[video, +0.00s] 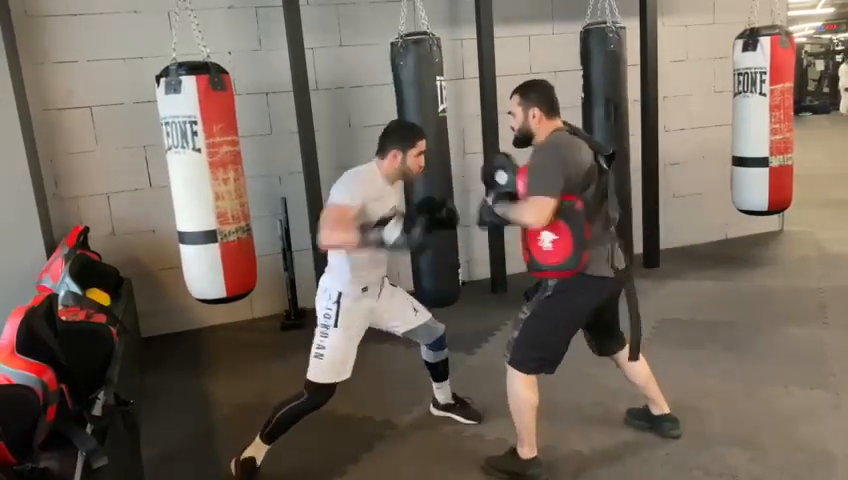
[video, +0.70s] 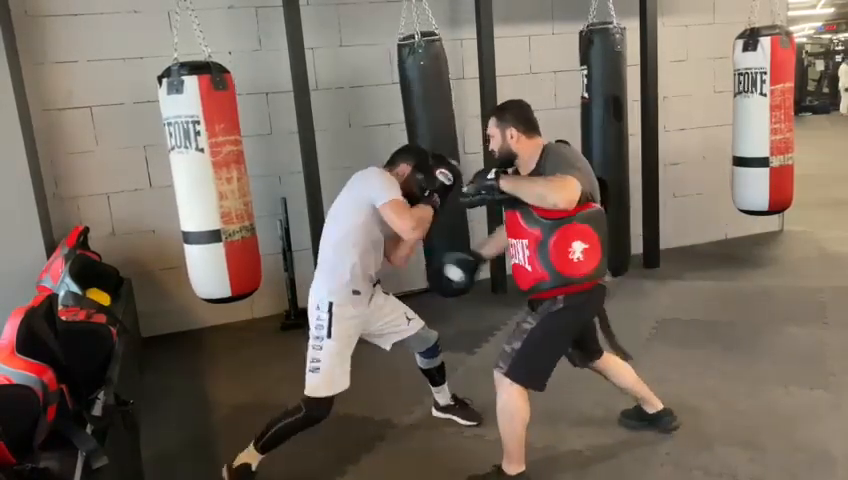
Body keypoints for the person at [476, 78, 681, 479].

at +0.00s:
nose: (512, 122)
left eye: (514, 114)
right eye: (511, 114)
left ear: (535, 113)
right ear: (549, 113)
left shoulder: (550, 150)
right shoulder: (576, 141)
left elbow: (536, 215)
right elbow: (565, 201)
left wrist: (498, 208)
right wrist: (519, 185)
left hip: (577, 277)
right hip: (608, 269)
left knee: (522, 361)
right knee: (618, 344)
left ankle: (526, 455)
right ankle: (662, 413)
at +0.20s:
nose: (526, 119)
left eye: (529, 111)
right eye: (526, 111)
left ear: (549, 109)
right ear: (560, 110)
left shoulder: (564, 145)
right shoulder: (590, 142)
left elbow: (581, 199)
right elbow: (568, 201)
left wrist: (519, 221)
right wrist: (518, 191)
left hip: (578, 275)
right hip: (612, 270)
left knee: (515, 353)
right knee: (622, 342)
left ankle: (518, 449)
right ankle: (664, 413)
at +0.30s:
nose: (524, 130)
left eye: (526, 123)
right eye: (523, 123)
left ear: (545, 119)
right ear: (563, 120)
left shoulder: (541, 149)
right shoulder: (594, 147)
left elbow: (501, 189)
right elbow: (622, 198)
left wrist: (431, 194)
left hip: (577, 273)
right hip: (621, 271)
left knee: (520, 362)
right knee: (625, 341)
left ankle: (514, 462)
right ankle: (664, 413)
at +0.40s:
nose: (514, 142)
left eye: (517, 132)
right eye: (514, 133)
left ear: (538, 128)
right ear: (551, 130)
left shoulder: (534, 160)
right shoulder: (588, 157)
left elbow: (496, 208)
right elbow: (628, 213)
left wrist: (426, 207)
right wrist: (593, 247)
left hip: (570, 283)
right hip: (609, 280)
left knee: (512, 369)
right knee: (617, 347)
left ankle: (512, 466)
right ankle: (663, 413)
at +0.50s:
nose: (493, 136)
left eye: (497, 128)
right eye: (493, 129)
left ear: (519, 125)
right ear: (529, 125)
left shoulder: (542, 153)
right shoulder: (560, 150)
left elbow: (531, 206)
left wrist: (465, 189)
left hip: (577, 284)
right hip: (598, 276)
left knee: (516, 372)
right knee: (610, 352)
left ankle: (513, 466)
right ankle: (660, 413)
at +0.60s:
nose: (487, 145)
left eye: (488, 136)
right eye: (486, 137)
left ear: (510, 130)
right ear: (513, 132)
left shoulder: (556, 150)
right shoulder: (523, 171)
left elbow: (556, 193)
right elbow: (500, 223)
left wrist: (500, 174)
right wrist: (439, 225)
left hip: (581, 283)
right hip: (570, 282)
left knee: (516, 373)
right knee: (598, 355)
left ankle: (514, 467)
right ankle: (657, 412)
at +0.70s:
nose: (491, 147)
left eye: (492, 138)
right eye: (490, 139)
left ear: (513, 134)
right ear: (517, 134)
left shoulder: (562, 157)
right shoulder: (524, 172)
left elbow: (563, 194)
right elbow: (513, 230)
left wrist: (500, 181)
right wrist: (475, 258)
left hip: (570, 292)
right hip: (566, 289)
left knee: (508, 376)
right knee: (594, 354)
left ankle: (512, 469)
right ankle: (656, 410)